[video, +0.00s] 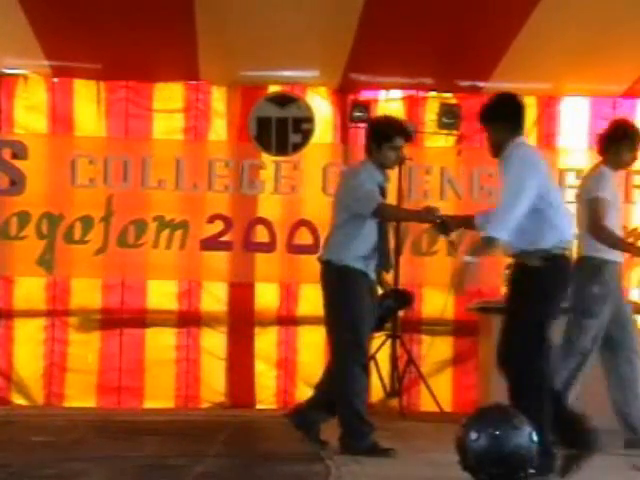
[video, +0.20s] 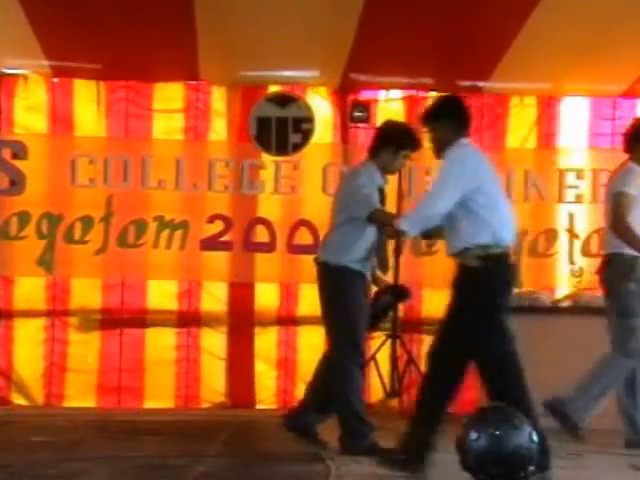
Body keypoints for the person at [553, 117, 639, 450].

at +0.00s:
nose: (635, 156)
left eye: (635, 149)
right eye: (632, 149)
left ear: (613, 147)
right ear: (617, 147)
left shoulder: (608, 178)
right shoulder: (600, 177)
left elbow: (600, 226)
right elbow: (595, 226)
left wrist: (626, 241)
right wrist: (629, 246)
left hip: (607, 267)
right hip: (595, 267)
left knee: (624, 351)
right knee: (577, 346)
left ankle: (634, 427)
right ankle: (541, 416)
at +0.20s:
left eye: (639, 140)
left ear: (630, 144)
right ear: (636, 143)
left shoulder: (629, 174)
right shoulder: (629, 173)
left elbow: (619, 223)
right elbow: (619, 222)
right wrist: (639, 249)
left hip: (626, 261)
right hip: (624, 262)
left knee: (630, 350)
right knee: (629, 348)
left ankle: (635, 429)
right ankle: (573, 409)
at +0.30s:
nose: (638, 139)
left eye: (639, 136)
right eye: (638, 136)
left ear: (637, 141)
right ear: (637, 141)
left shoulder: (633, 174)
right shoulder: (633, 174)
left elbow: (626, 223)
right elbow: (629, 221)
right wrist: (638, 239)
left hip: (631, 258)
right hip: (631, 258)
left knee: (632, 340)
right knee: (634, 339)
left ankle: (624, 409)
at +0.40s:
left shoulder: (633, 178)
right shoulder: (634, 178)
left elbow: (630, 223)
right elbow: (632, 223)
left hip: (634, 253)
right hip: (635, 253)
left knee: (634, 351)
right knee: (634, 351)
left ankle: (633, 427)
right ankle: (633, 427)